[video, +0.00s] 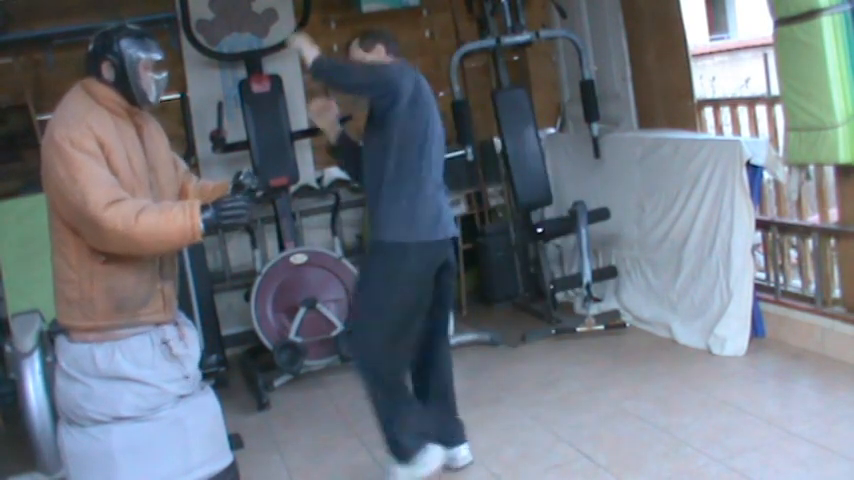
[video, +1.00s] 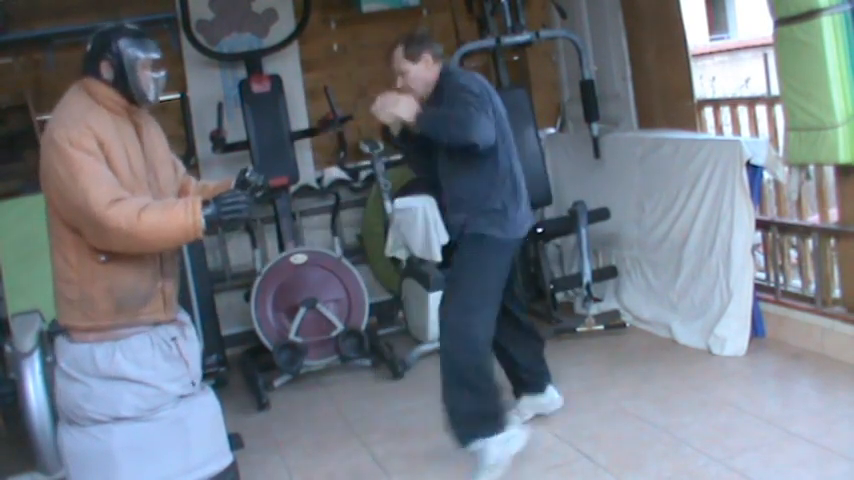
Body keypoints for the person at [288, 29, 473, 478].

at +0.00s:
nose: (356, 70)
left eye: (358, 61)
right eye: (354, 64)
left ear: (381, 52)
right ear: (385, 53)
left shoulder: (399, 79)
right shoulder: (409, 99)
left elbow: (347, 75)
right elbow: (373, 174)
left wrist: (313, 57)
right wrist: (336, 132)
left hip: (404, 240)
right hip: (435, 237)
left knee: (370, 341)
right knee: (429, 344)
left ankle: (413, 449)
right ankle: (452, 441)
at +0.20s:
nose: (363, 70)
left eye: (366, 57)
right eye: (360, 60)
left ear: (386, 55)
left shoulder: (425, 91)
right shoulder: (374, 125)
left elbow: (371, 61)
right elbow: (326, 147)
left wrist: (327, 61)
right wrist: (317, 92)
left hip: (429, 238)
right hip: (384, 237)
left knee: (432, 351)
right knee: (317, 291)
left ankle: (463, 457)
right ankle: (372, 373)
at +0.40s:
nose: (357, 102)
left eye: (360, 91)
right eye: (355, 93)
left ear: (385, 78)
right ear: (384, 81)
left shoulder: (427, 112)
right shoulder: (394, 119)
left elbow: (374, 150)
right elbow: (366, 195)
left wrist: (320, 140)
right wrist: (340, 161)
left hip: (409, 246)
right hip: (368, 232)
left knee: (399, 355)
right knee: (280, 226)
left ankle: (456, 460)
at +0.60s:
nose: (368, 86)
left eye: (372, 75)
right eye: (366, 78)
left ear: (399, 62)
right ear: (391, 67)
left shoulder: (440, 97)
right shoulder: (408, 111)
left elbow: (420, 148)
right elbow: (386, 180)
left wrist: (349, 127)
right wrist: (350, 153)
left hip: (441, 240)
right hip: (400, 231)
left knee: (430, 353)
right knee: (322, 261)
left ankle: (453, 459)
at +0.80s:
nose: (394, 81)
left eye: (399, 71)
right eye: (392, 74)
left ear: (426, 62)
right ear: (413, 69)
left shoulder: (468, 98)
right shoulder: (414, 113)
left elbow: (449, 140)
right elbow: (389, 177)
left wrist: (388, 107)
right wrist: (375, 128)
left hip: (465, 240)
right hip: (429, 245)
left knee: (449, 348)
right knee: (443, 343)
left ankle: (456, 459)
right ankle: (508, 383)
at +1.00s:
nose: (401, 82)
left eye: (404, 72)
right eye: (397, 75)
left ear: (429, 61)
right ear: (412, 69)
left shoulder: (462, 84)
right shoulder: (434, 101)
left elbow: (480, 132)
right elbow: (433, 173)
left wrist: (414, 115)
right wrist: (402, 129)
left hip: (494, 221)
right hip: (474, 224)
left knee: (461, 323)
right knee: (500, 309)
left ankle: (490, 434)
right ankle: (539, 391)